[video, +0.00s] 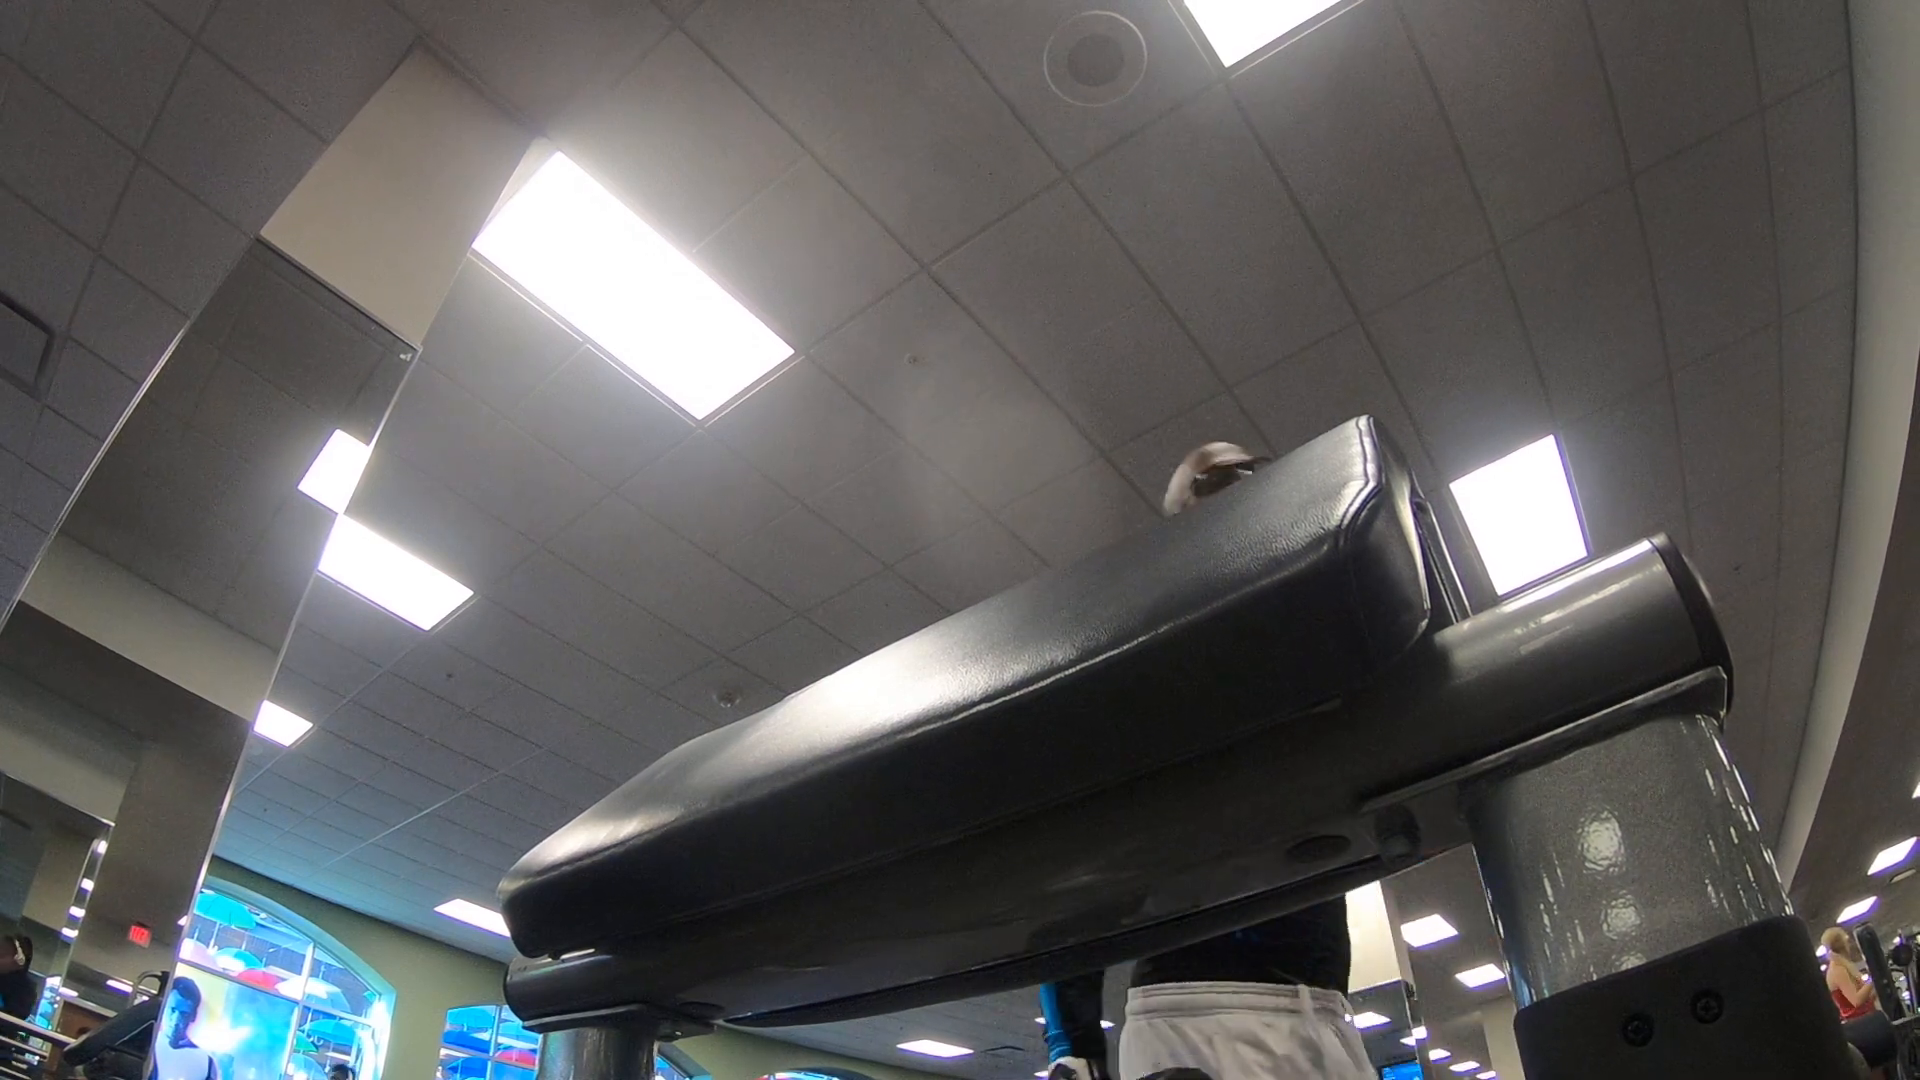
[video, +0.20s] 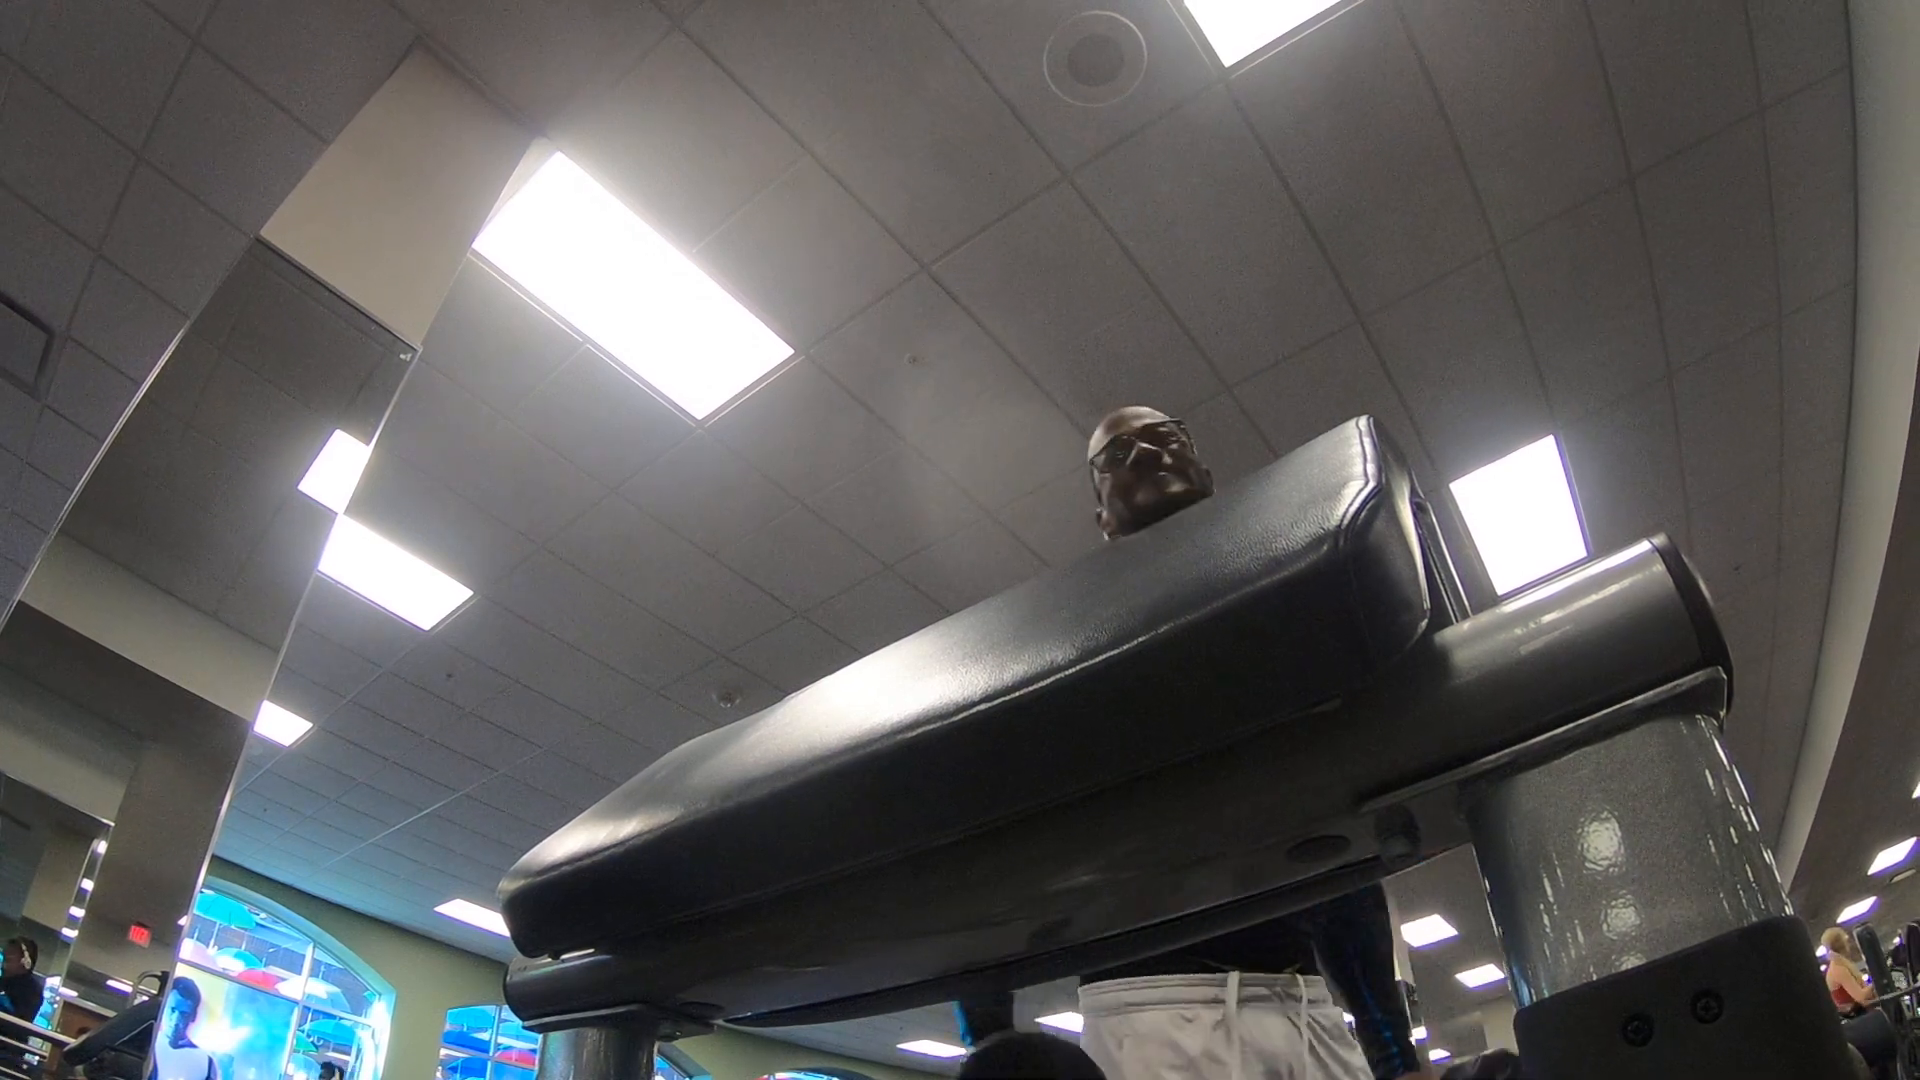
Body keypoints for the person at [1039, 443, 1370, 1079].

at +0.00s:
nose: (1237, 499)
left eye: (1248, 481)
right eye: (1209, 490)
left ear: (1279, 494)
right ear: (1172, 527)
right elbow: (1073, 859)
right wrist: (1078, 1048)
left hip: (1319, 1007)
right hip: (1188, 1009)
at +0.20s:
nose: (1145, 447)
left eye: (1165, 437)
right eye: (1117, 452)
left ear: (1205, 474)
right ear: (1100, 509)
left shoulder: (1287, 596)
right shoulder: (1064, 626)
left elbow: (1338, 836)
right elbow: (982, 849)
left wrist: (1396, 1054)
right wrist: (996, 1054)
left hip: (1303, 994)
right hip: (1145, 1006)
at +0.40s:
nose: (1094, 460)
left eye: (1113, 445)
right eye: (1067, 461)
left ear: (1158, 476)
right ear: (1049, 508)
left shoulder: (1257, 577)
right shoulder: (1023, 639)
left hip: (1310, 970)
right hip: (1138, 998)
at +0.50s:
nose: (1085, 472)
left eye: (1106, 455)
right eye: (1060, 472)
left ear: (1156, 478)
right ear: (1050, 515)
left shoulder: (1252, 576)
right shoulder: (1022, 645)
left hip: (1311, 956)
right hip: (1132, 995)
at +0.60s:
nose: (1099, 487)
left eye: (1120, 467)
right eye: (1074, 486)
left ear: (1170, 490)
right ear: (1065, 528)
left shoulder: (1263, 570)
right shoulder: (1033, 637)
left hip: (1314, 949)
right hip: (1131, 989)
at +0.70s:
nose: (1113, 493)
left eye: (1131, 471)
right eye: (1090, 493)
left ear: (1182, 486)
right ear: (1081, 531)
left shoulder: (1280, 569)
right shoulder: (1052, 637)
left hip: (1321, 932)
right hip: (1136, 974)